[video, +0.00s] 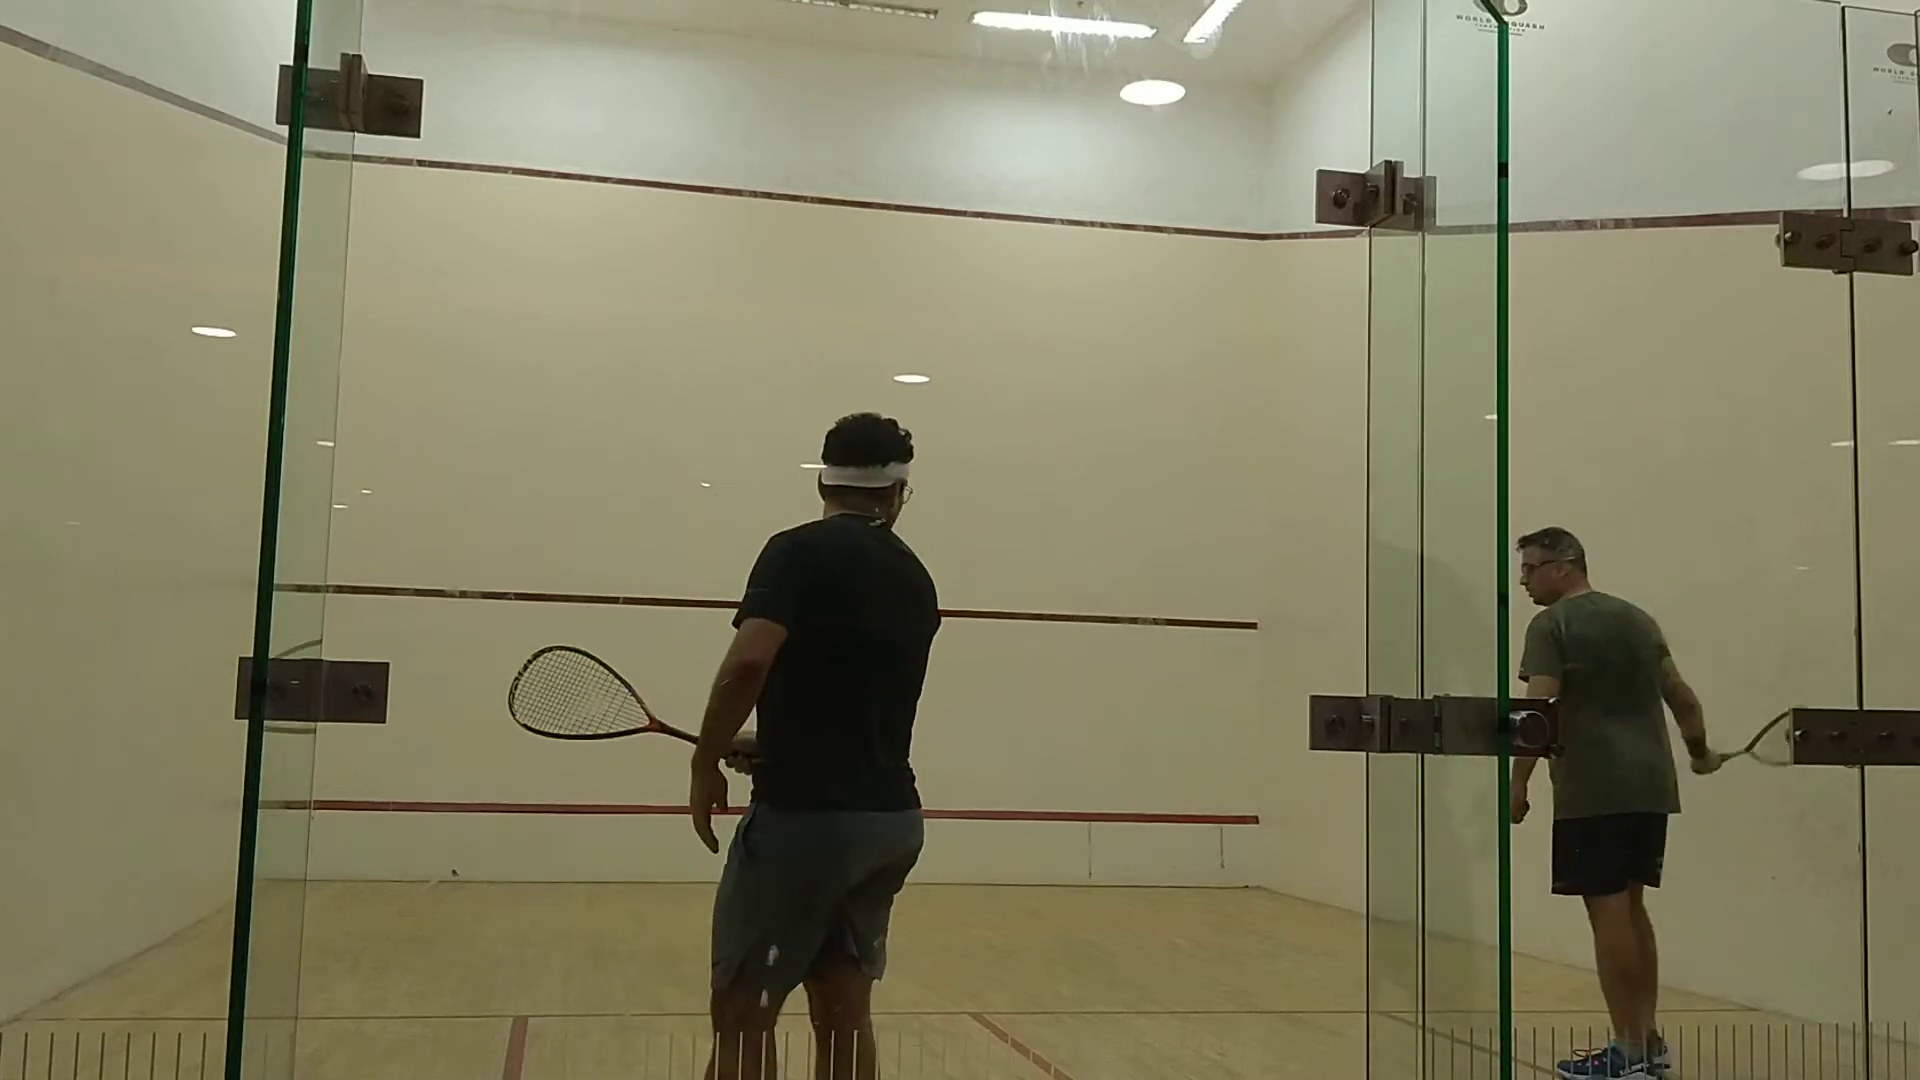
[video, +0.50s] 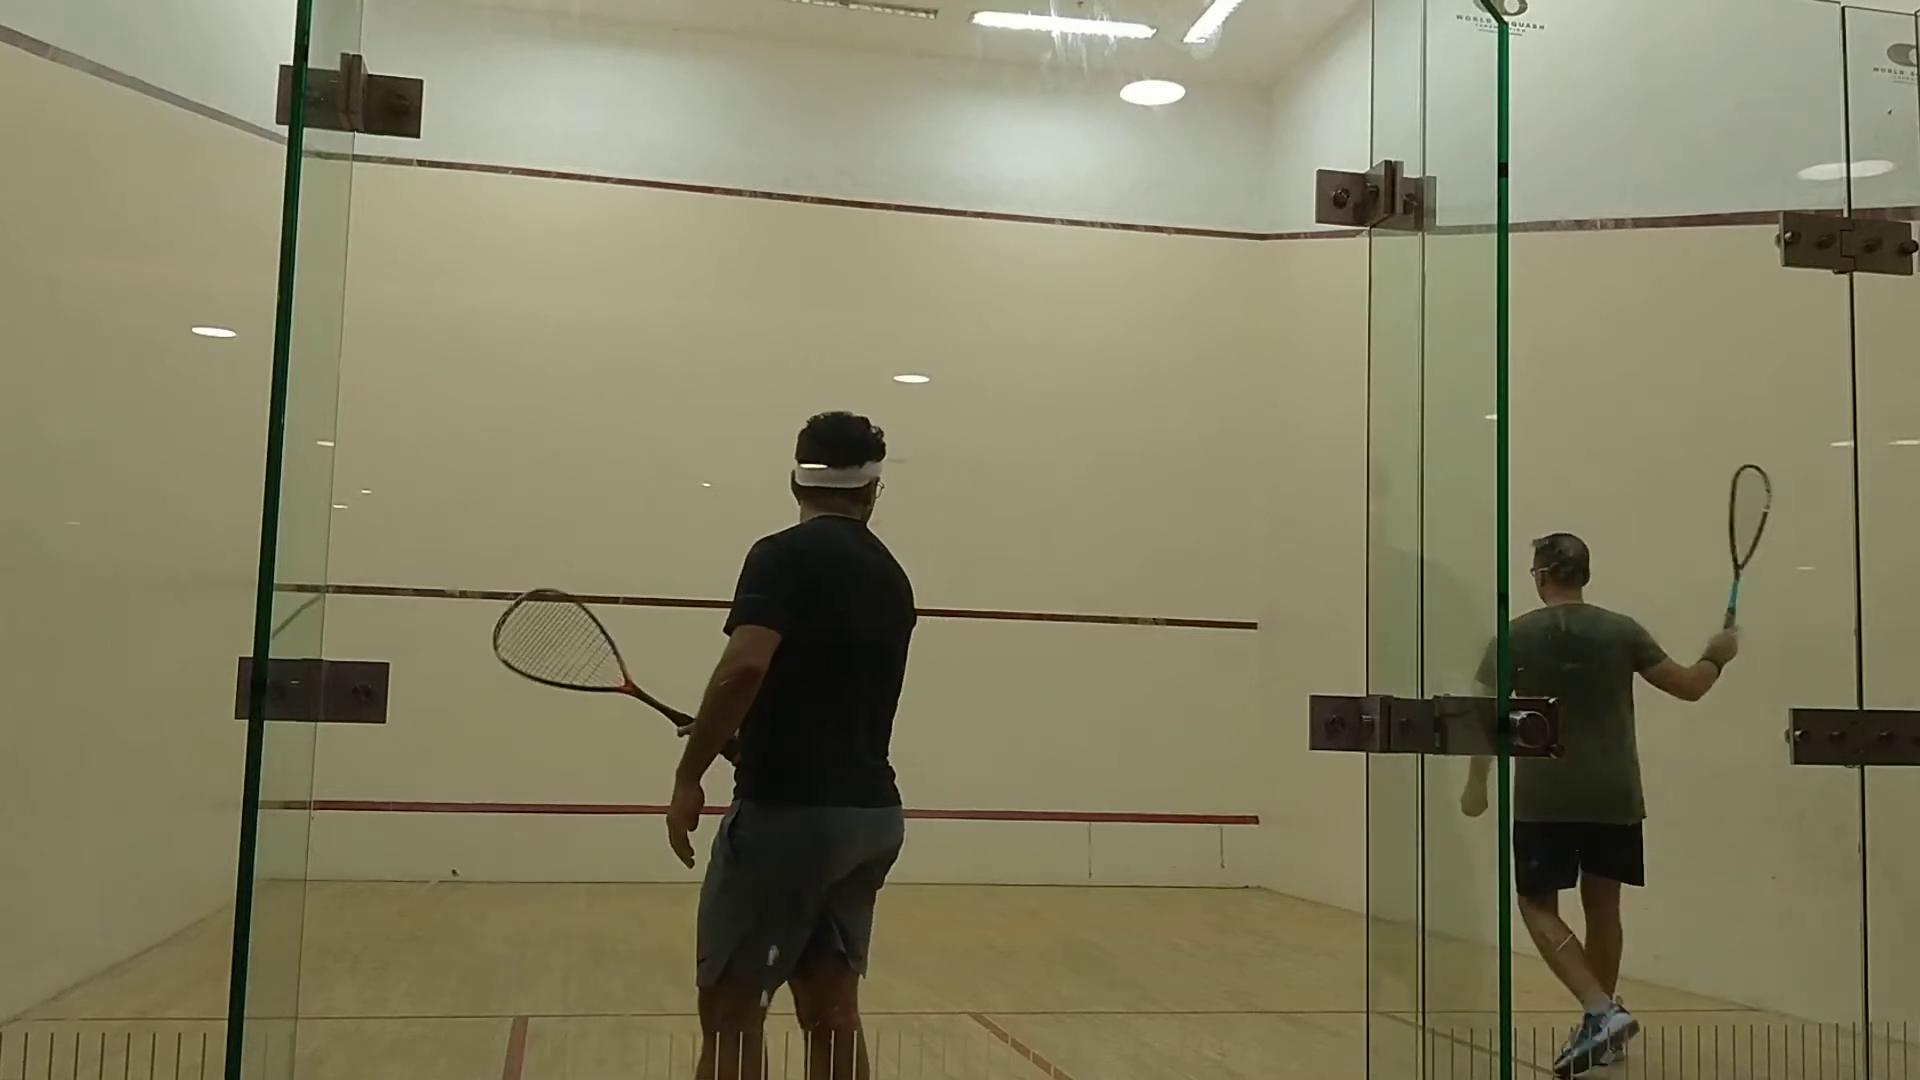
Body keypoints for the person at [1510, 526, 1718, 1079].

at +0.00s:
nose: (1524, 583)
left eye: (1529, 571)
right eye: (1523, 572)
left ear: (1564, 566)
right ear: (1576, 568)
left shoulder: (1550, 625)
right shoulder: (1637, 618)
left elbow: (1538, 713)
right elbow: (1682, 697)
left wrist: (1518, 783)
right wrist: (1699, 748)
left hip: (1592, 798)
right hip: (1650, 794)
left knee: (1609, 918)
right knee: (1633, 907)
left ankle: (1628, 1052)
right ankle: (1646, 1042)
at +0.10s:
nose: (1523, 582)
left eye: (1527, 571)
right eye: (1522, 572)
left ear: (1554, 567)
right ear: (1575, 567)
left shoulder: (1545, 625)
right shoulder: (1631, 618)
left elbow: (1531, 720)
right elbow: (1682, 686)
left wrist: (1507, 788)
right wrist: (1711, 725)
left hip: (1589, 797)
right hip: (1647, 791)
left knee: (1607, 916)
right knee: (1624, 909)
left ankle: (1630, 1051)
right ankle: (1625, 1043)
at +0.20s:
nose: (1525, 580)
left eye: (1528, 570)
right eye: (1525, 570)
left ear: (1544, 569)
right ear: (1580, 567)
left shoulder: (1537, 628)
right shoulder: (1628, 620)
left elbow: (1524, 720)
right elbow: (1680, 678)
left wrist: (1494, 789)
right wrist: (1722, 702)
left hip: (1583, 799)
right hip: (1641, 793)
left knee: (1606, 922)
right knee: (1616, 915)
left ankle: (1631, 1052)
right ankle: (1608, 1040)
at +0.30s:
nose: (1530, 581)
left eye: (1531, 572)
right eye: (1532, 571)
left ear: (1541, 572)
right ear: (1582, 570)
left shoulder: (1527, 633)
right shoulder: (1625, 624)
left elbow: (1513, 722)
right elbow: (1689, 684)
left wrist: (1484, 789)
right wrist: (1728, 679)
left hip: (1568, 803)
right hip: (1632, 798)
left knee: (1598, 929)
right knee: (1608, 923)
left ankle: (1630, 1053)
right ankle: (1598, 1046)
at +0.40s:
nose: (1531, 581)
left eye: (1533, 574)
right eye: (1534, 573)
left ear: (1541, 576)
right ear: (1585, 575)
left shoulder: (1517, 638)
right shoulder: (1623, 628)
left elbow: (1492, 722)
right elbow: (1691, 686)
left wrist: (1477, 790)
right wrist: (1724, 664)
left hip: (1555, 806)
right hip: (1624, 802)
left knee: (1571, 918)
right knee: (1605, 913)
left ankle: (1625, 1044)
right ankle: (1597, 1042)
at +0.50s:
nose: (1533, 581)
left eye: (1534, 574)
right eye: (1538, 573)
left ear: (1541, 577)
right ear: (1585, 576)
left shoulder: (1512, 638)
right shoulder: (1620, 630)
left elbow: (1484, 716)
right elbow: (1690, 687)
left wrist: (1476, 783)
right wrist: (1717, 653)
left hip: (1540, 804)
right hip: (1613, 802)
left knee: (1538, 907)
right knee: (1603, 908)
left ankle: (1604, 1013)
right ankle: (1598, 1030)